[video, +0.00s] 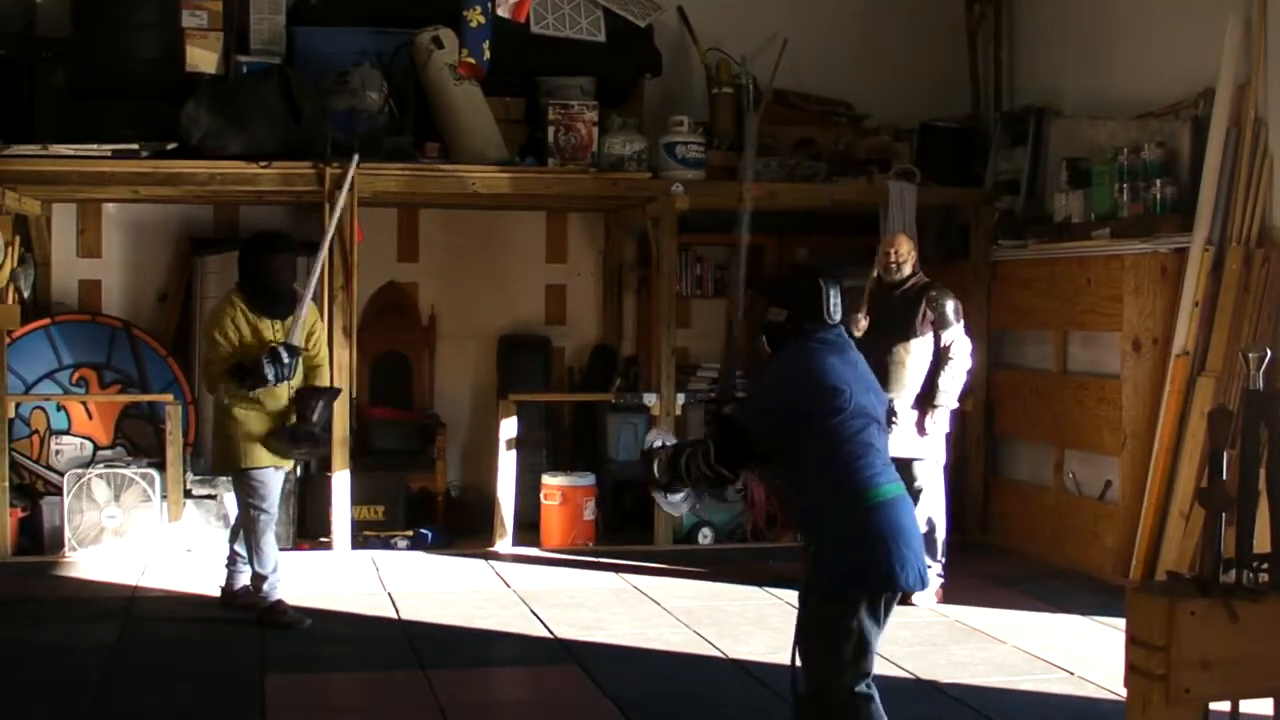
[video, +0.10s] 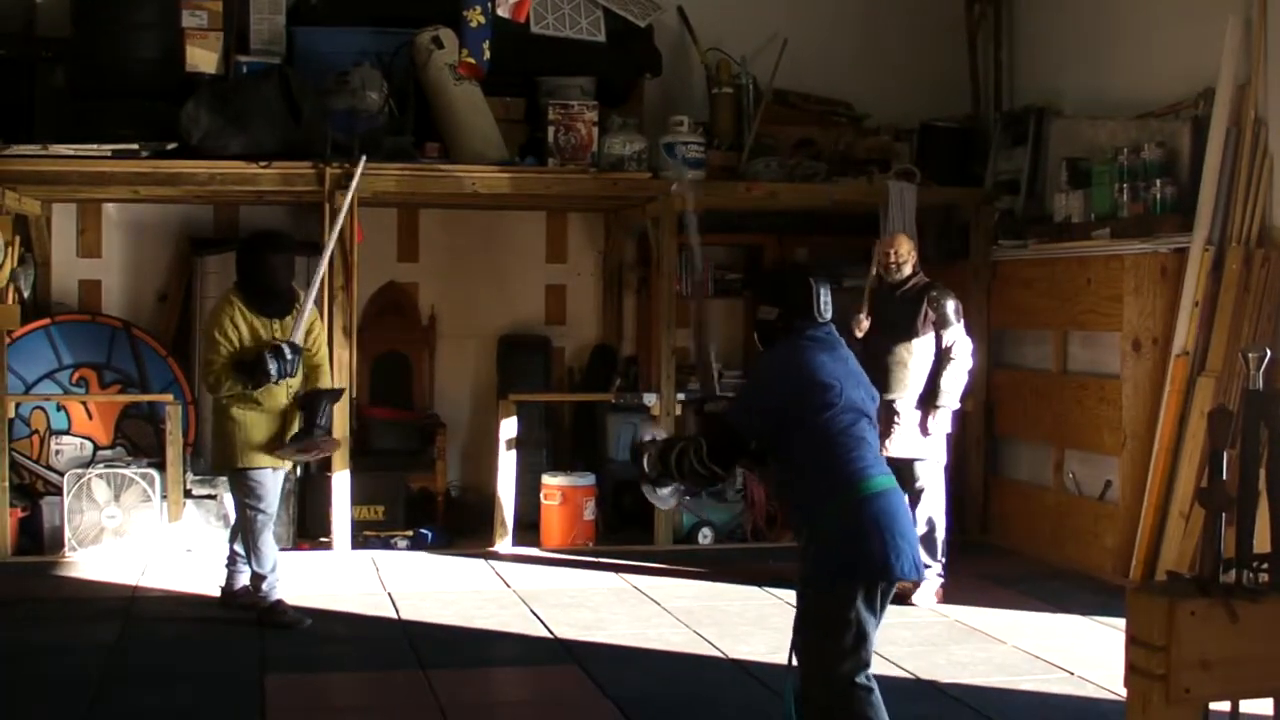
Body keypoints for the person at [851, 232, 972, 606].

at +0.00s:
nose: (891, 259)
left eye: (898, 253)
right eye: (886, 253)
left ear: (913, 257)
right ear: (879, 257)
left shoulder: (933, 297)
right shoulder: (875, 294)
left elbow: (958, 352)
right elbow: (864, 352)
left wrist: (940, 404)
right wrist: (855, 332)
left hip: (922, 416)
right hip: (880, 413)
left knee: (926, 498)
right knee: (885, 496)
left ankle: (929, 577)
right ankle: (890, 576)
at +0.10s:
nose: (891, 260)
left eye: (898, 253)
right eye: (885, 254)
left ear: (913, 257)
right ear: (877, 258)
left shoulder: (934, 298)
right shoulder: (874, 296)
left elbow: (960, 352)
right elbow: (861, 358)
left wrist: (942, 404)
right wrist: (856, 335)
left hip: (922, 413)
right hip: (879, 409)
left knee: (925, 497)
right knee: (888, 494)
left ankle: (929, 577)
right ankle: (896, 573)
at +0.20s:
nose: (891, 261)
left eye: (898, 254)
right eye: (885, 255)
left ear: (914, 257)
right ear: (877, 260)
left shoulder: (935, 298)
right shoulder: (875, 297)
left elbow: (960, 353)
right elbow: (861, 359)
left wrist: (945, 406)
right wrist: (857, 336)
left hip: (923, 415)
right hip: (879, 412)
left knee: (926, 499)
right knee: (887, 495)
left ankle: (928, 577)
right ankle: (896, 572)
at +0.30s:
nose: (889, 260)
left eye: (896, 253)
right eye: (884, 254)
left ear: (914, 257)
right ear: (878, 259)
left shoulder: (937, 299)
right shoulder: (876, 298)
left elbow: (961, 353)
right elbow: (857, 358)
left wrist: (946, 405)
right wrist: (857, 337)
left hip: (922, 414)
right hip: (877, 413)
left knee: (927, 498)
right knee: (887, 495)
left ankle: (929, 577)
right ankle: (895, 571)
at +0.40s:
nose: (889, 260)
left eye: (896, 253)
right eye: (884, 254)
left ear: (914, 257)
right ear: (878, 259)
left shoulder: (937, 299)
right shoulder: (876, 298)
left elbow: (961, 354)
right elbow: (859, 359)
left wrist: (947, 405)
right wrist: (858, 337)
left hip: (923, 414)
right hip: (879, 412)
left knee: (927, 498)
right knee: (887, 494)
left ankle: (929, 577)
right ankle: (894, 571)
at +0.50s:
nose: (889, 259)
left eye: (896, 252)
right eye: (884, 253)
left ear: (915, 256)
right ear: (878, 258)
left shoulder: (938, 299)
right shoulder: (877, 298)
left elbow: (962, 355)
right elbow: (859, 359)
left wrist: (949, 406)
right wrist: (859, 337)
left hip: (923, 415)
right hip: (879, 415)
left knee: (928, 499)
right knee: (886, 495)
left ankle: (929, 577)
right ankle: (893, 571)